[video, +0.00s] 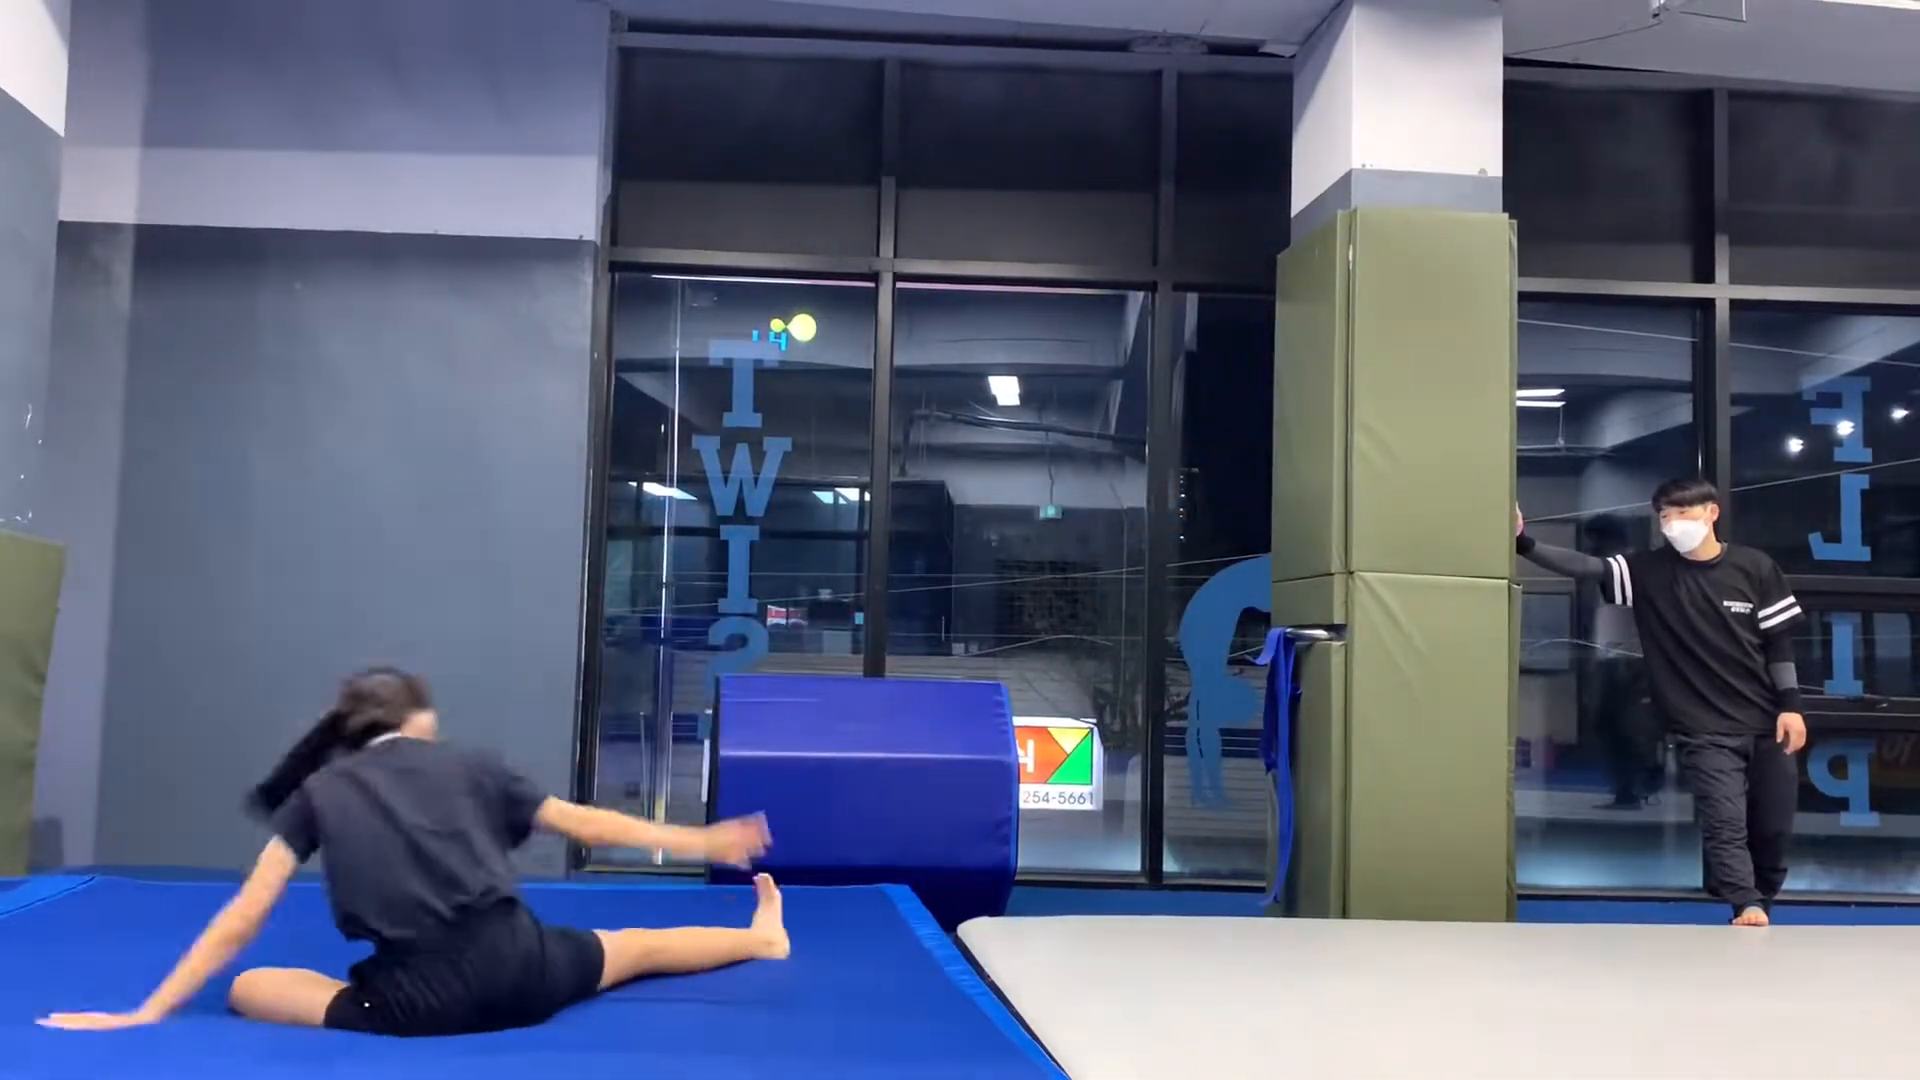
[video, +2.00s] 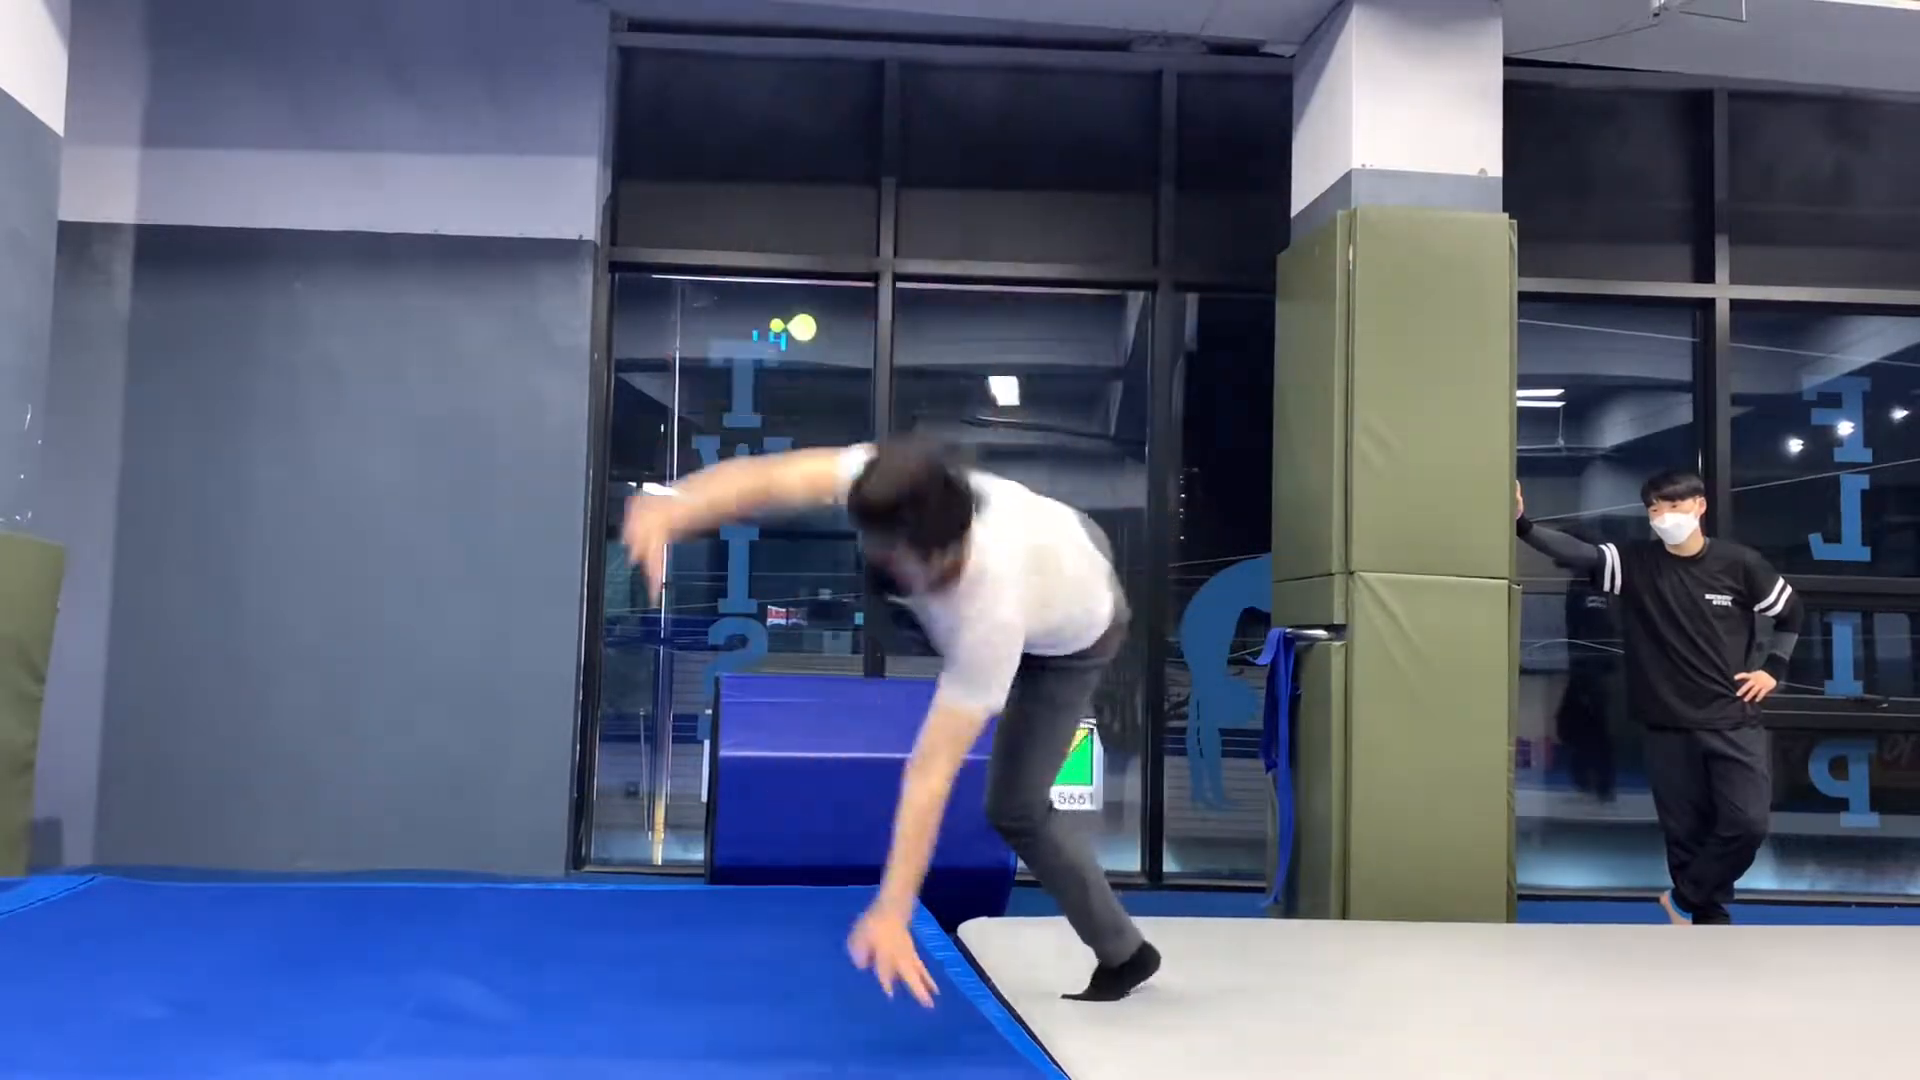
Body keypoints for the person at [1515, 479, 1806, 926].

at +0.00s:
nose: (1671, 523)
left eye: (1682, 513)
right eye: (1665, 515)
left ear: (1711, 513)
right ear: (1659, 521)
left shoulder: (1755, 568)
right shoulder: (1649, 569)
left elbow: (1780, 643)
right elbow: (1588, 567)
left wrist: (1790, 706)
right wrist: (1525, 543)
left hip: (1765, 722)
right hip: (1703, 725)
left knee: (1775, 826)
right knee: (1725, 817)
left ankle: (1760, 897)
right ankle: (1746, 906)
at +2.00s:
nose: (1664, 512)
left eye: (1675, 502)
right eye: (1656, 505)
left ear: (1700, 506)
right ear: (1648, 512)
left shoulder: (1740, 564)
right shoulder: (1634, 561)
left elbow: (1790, 614)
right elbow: (1576, 553)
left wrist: (1772, 670)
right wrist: (1523, 525)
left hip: (1732, 719)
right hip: (1668, 724)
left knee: (1748, 824)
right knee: (1684, 834)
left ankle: (1683, 901)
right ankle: (1717, 932)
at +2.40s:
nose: (1664, 512)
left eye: (1675, 502)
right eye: (1657, 504)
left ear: (1701, 507)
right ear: (1649, 512)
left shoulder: (1740, 564)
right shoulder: (1635, 562)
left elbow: (1791, 614)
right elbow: (1577, 554)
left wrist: (1772, 670)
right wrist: (1523, 524)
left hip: (1733, 719)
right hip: (1668, 724)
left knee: (1748, 824)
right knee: (1684, 834)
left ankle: (1684, 900)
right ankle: (1716, 932)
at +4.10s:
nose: (1649, 524)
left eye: (1660, 514)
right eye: (1643, 515)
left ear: (1688, 514)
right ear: (1637, 517)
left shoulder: (1728, 567)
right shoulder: (1627, 558)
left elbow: (1769, 617)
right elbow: (1578, 544)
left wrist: (1756, 665)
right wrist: (1531, 517)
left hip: (1723, 718)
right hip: (1659, 723)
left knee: (1742, 823)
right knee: (1675, 832)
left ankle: (1676, 900)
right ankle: (1709, 925)